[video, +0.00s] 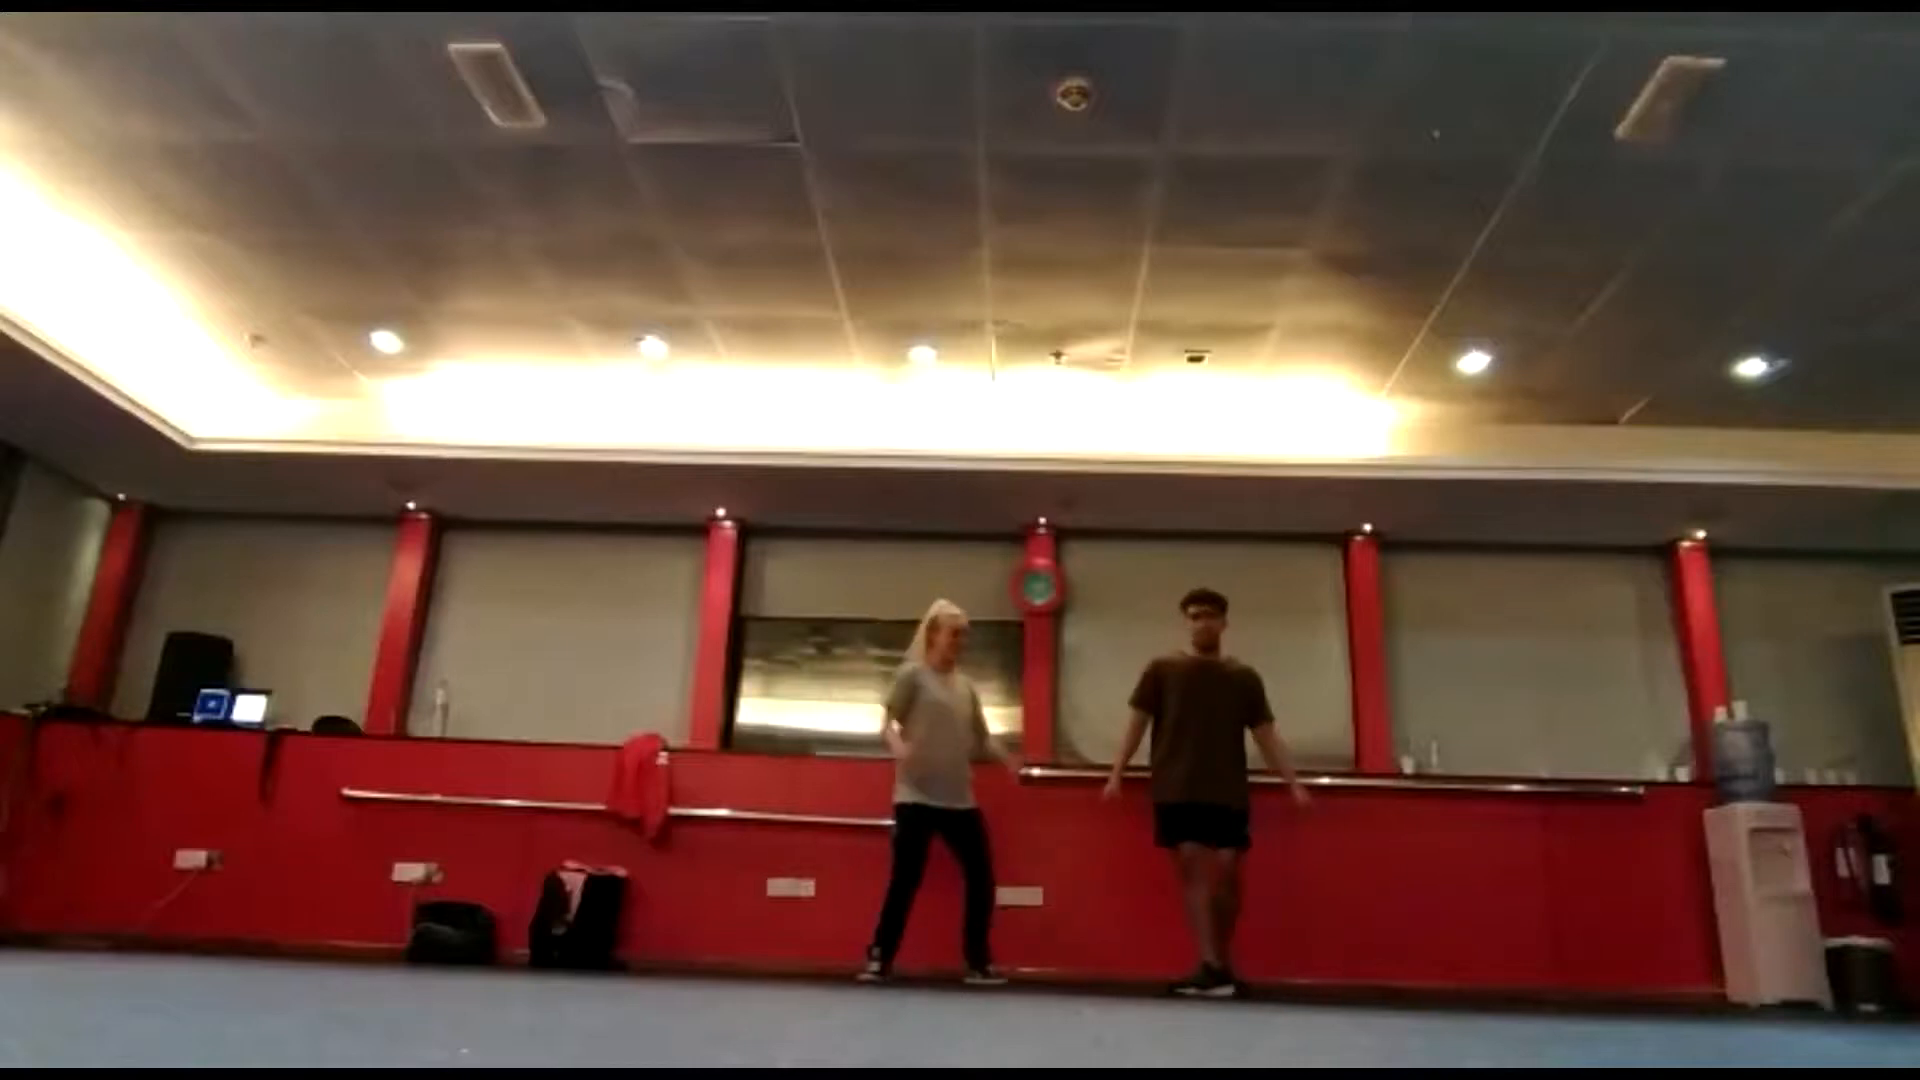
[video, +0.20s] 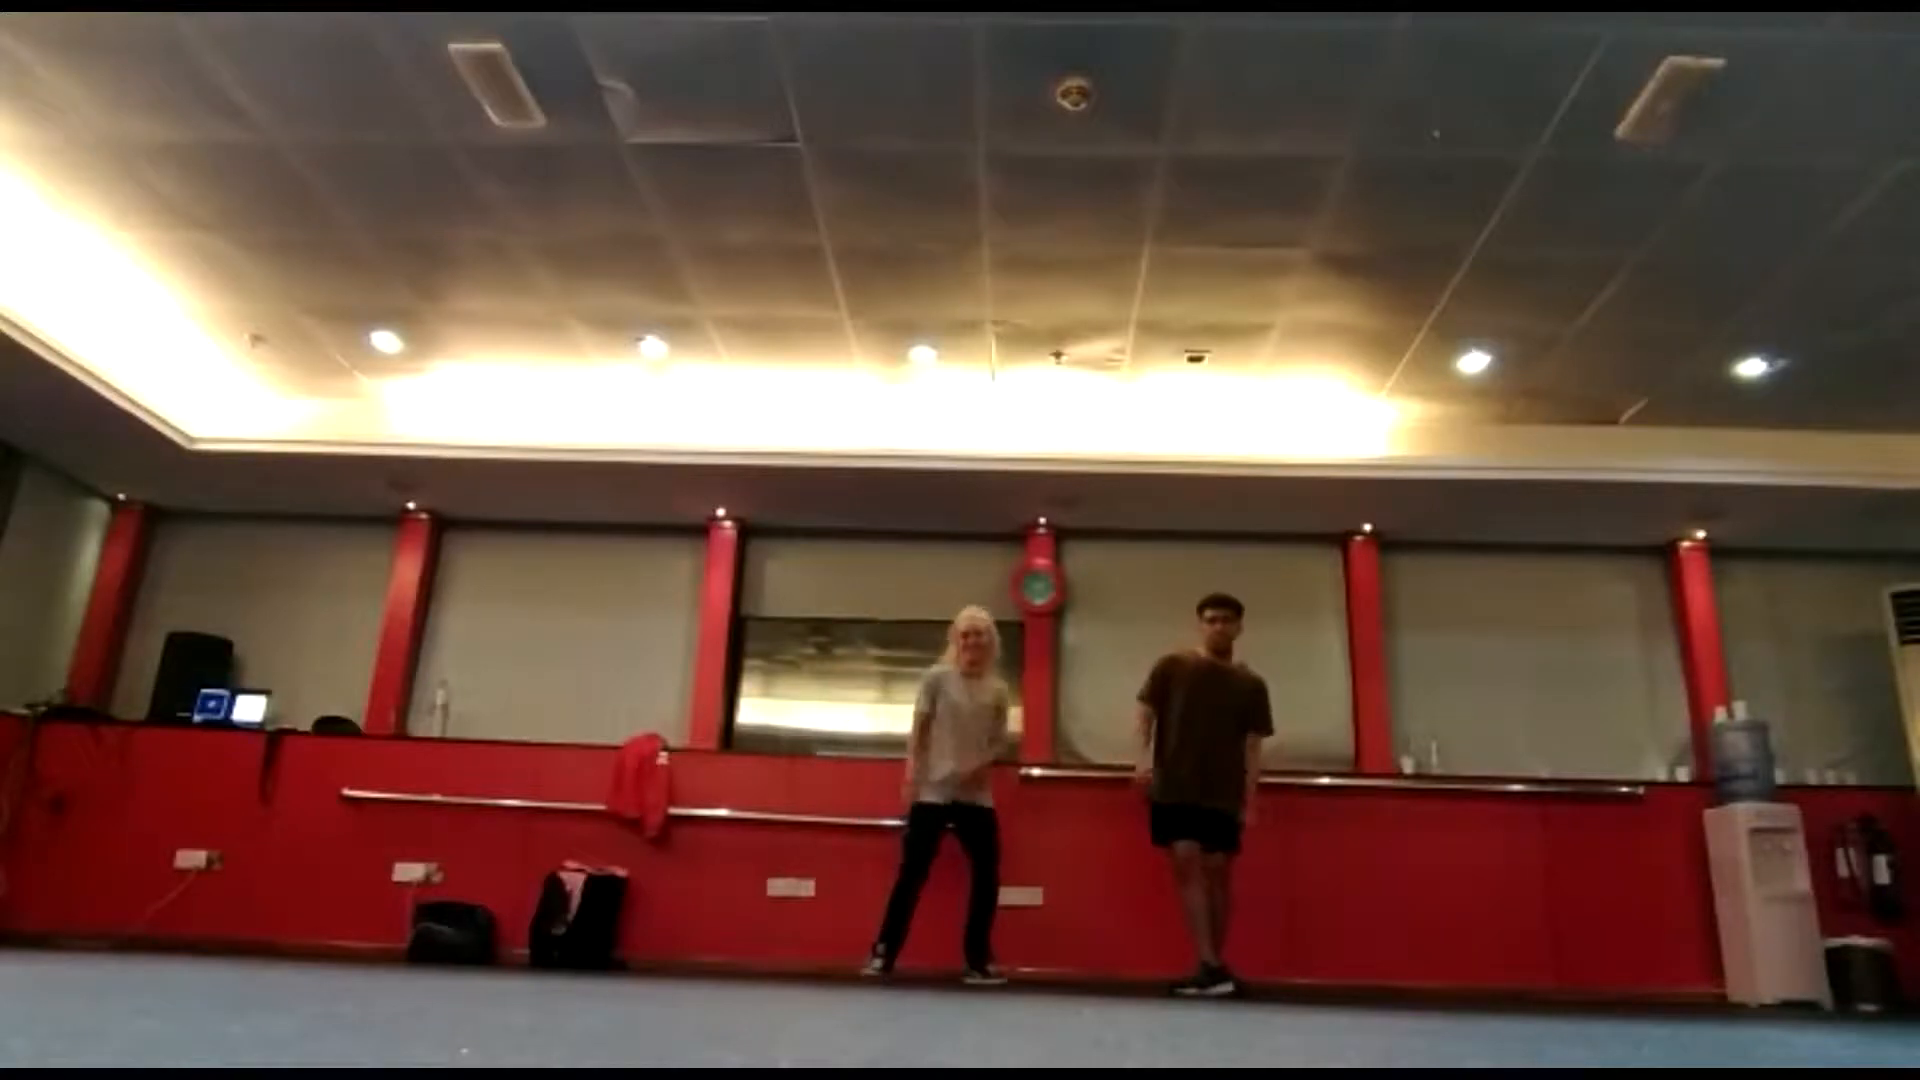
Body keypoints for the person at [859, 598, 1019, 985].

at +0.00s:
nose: (958, 640)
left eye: (962, 633)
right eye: (952, 632)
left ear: (965, 638)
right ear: (932, 634)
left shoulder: (965, 687)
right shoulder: (912, 677)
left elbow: (980, 741)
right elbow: (889, 721)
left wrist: (1007, 757)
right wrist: (899, 747)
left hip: (958, 801)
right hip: (916, 798)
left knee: (981, 878)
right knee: (905, 880)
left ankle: (978, 962)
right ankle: (880, 957)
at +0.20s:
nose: (972, 643)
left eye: (979, 635)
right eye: (965, 635)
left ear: (992, 642)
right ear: (954, 640)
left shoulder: (997, 690)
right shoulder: (936, 680)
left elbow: (1001, 744)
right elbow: (918, 733)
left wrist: (976, 767)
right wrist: (911, 778)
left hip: (975, 801)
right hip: (931, 797)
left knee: (986, 882)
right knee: (910, 878)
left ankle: (977, 962)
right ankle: (884, 955)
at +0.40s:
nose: (975, 636)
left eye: (982, 629)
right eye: (968, 628)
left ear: (994, 634)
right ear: (958, 633)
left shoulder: (1005, 682)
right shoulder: (939, 673)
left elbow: (1013, 731)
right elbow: (918, 721)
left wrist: (983, 739)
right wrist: (910, 762)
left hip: (975, 793)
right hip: (929, 787)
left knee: (976, 881)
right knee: (905, 869)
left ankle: (977, 962)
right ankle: (897, 948)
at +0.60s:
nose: (961, 653)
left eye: (969, 646)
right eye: (955, 645)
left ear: (980, 652)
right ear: (943, 650)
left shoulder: (992, 697)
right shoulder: (927, 694)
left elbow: (1007, 747)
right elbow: (911, 741)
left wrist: (983, 791)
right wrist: (904, 784)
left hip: (966, 809)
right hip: (922, 807)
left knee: (975, 888)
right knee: (908, 884)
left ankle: (977, 963)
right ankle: (915, 958)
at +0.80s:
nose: (941, 655)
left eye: (948, 648)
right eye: (934, 648)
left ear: (960, 655)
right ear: (923, 654)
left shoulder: (974, 702)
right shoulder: (911, 703)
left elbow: (1002, 739)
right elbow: (904, 748)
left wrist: (979, 774)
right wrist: (902, 783)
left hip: (961, 801)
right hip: (918, 802)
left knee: (972, 882)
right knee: (906, 883)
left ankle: (977, 963)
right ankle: (917, 960)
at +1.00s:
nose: (940, 641)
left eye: (947, 634)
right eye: (933, 634)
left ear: (958, 641)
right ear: (921, 640)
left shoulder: (972, 685)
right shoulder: (909, 686)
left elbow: (998, 721)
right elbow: (896, 728)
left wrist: (985, 752)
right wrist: (901, 767)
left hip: (966, 790)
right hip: (922, 791)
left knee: (973, 878)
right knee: (921, 881)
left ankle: (973, 956)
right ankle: (918, 959)